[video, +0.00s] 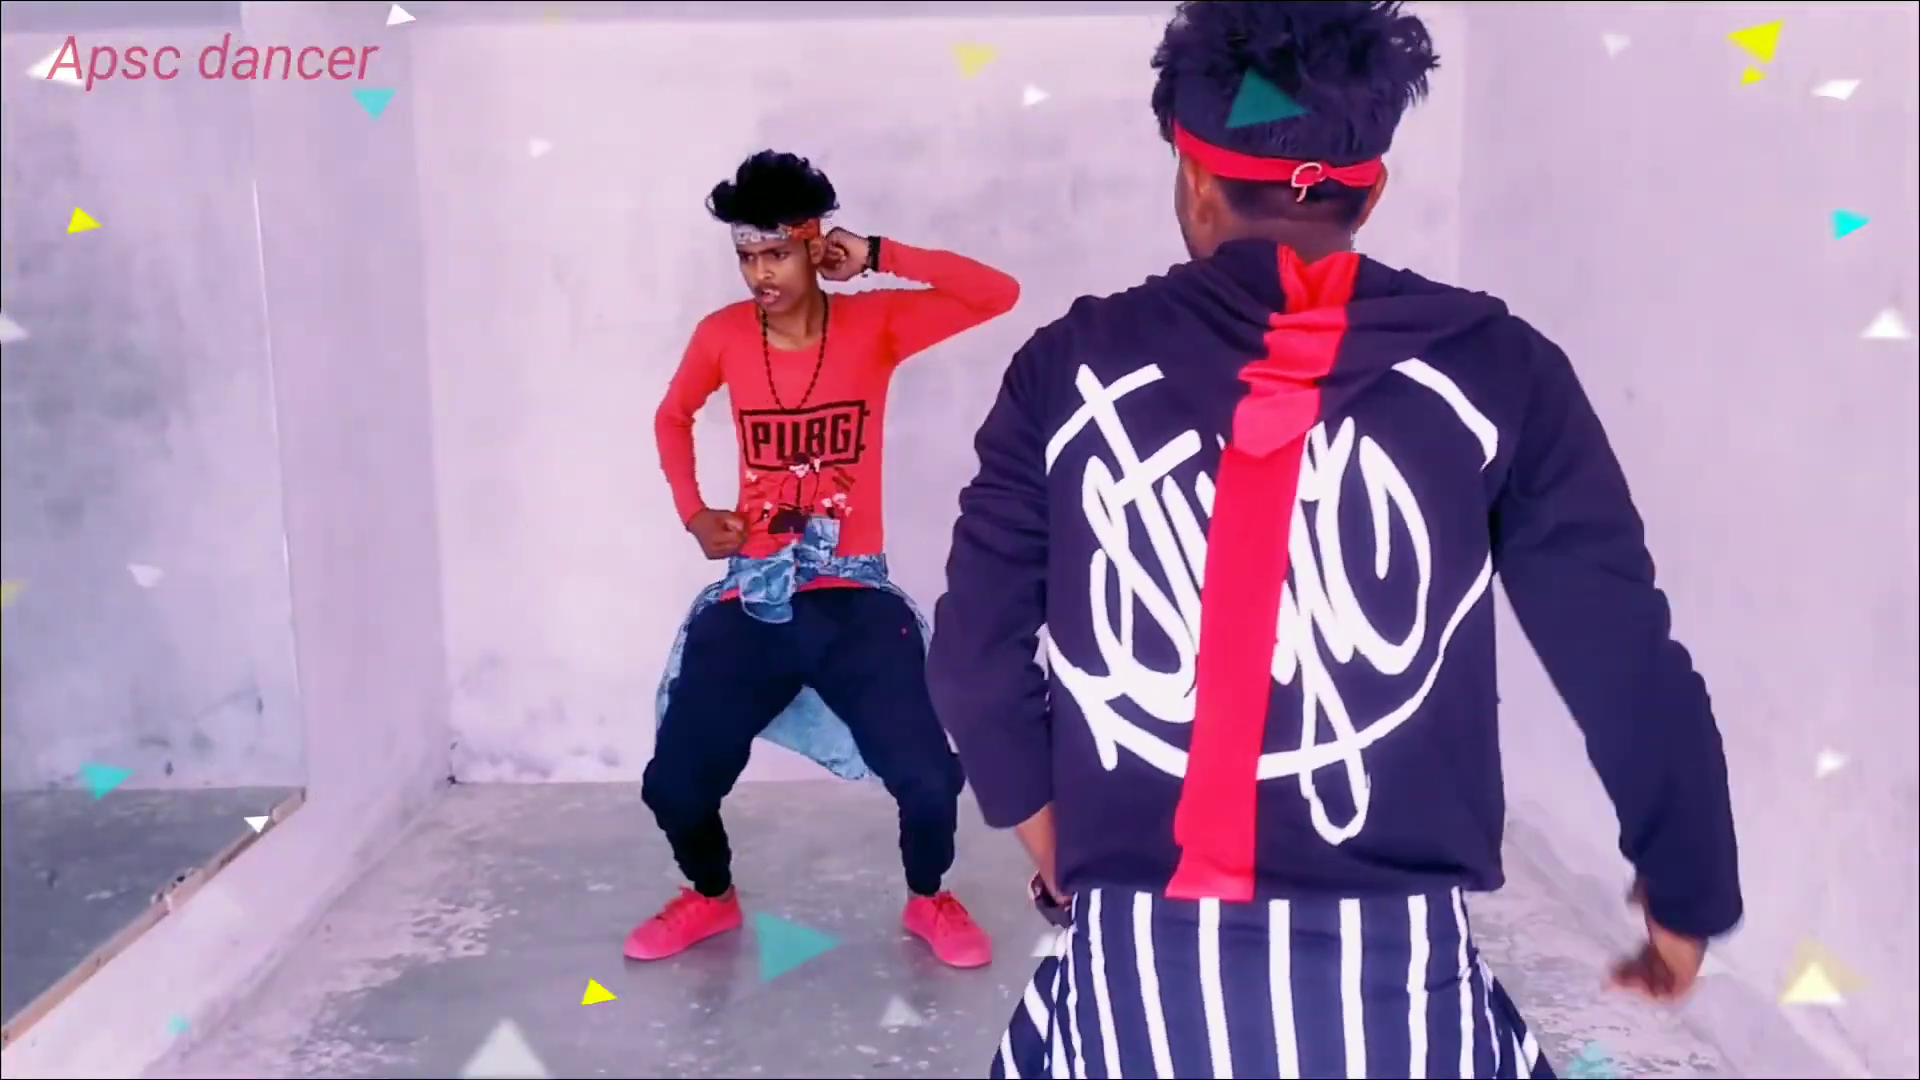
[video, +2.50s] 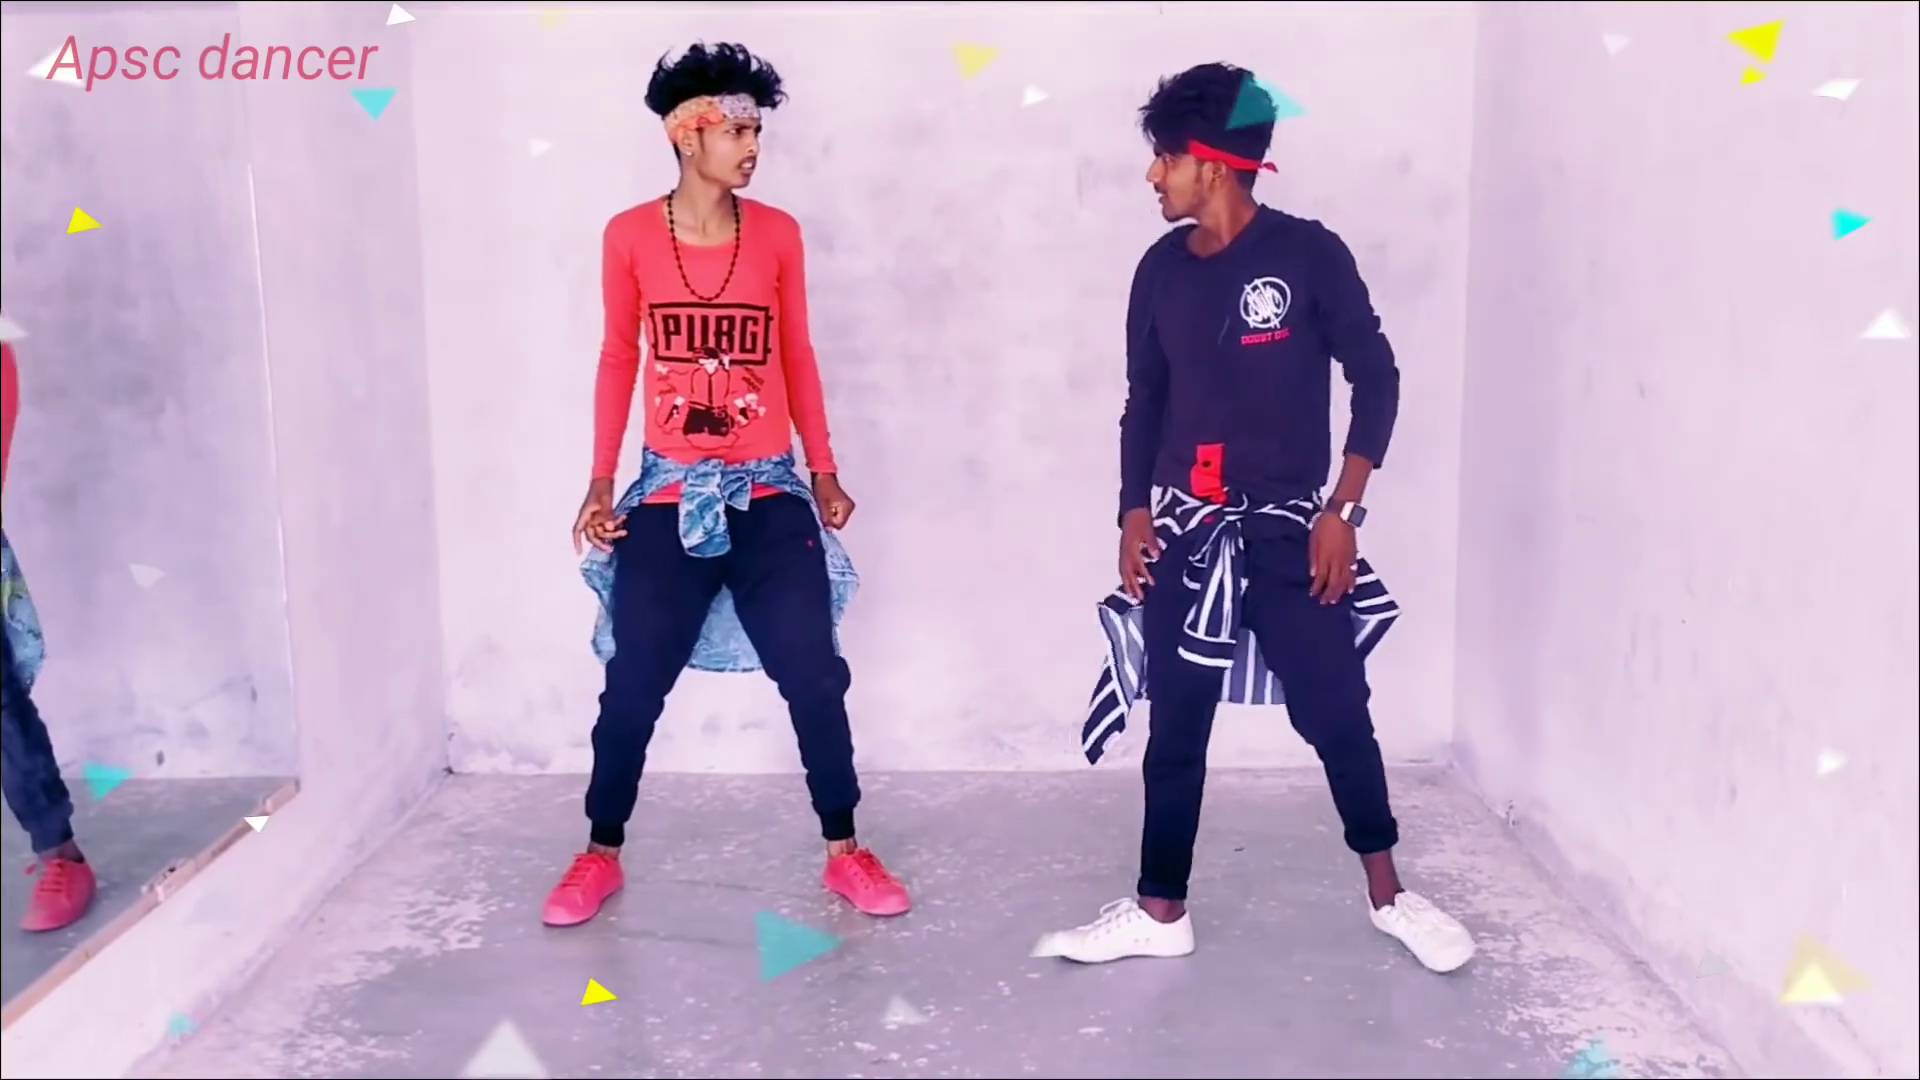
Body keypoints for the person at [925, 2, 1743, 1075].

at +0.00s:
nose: (1181, 191)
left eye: (1179, 170)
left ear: (1191, 176)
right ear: (1375, 194)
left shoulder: (1071, 366)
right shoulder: (1495, 366)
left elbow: (972, 652)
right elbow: (1625, 661)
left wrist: (1037, 811)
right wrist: (1687, 895)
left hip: (1129, 993)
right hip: (1399, 999)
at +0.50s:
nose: (1218, 222)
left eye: (1221, 199)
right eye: (1221, 197)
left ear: (1245, 207)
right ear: (1357, 202)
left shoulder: (1210, 344)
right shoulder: (1458, 308)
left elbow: (1215, 531)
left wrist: (1218, 665)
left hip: (1302, 722)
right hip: (1449, 714)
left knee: (1320, 988)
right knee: (1472, 970)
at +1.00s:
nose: (1256, 184)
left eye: (1268, 164)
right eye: (1262, 162)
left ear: (1313, 178)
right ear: (1347, 183)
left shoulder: (1318, 286)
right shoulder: (1400, 279)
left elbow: (1322, 475)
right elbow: (1299, 405)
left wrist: (1236, 599)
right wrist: (1224, 309)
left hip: (1307, 606)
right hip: (1377, 600)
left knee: (1238, 849)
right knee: (1347, 843)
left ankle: (1375, 1065)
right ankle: (1371, 1059)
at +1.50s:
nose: (1143, 186)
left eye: (1154, 168)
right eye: (1148, 166)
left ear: (1194, 174)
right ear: (1236, 177)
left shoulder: (1173, 275)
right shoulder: (1312, 279)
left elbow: (1197, 427)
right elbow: (1380, 436)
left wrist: (1148, 547)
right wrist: (1301, 527)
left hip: (1206, 562)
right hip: (1284, 563)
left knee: (1136, 783)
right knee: (1236, 775)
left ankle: (1209, 1020)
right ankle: (1333, 975)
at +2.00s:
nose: (1086, 242)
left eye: (1086, 221)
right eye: (1077, 226)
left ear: (1134, 191)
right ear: (1128, 194)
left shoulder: (1234, 260)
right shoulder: (1150, 269)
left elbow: (1236, 427)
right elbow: (1146, 390)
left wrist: (1095, 442)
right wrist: (1059, 421)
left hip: (1207, 547)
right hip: (1140, 539)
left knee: (1176, 755)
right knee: (1114, 744)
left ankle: (1215, 1001)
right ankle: (1156, 913)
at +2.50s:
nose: (1152, 174)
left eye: (1167, 158)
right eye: (1155, 156)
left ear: (1218, 165)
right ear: (1199, 165)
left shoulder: (1310, 256)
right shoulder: (1159, 268)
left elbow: (1376, 377)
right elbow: (1143, 395)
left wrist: (1344, 507)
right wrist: (1133, 512)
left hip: (1288, 526)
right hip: (1184, 530)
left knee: (1336, 716)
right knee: (1174, 723)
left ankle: (1387, 893)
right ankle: (1159, 909)